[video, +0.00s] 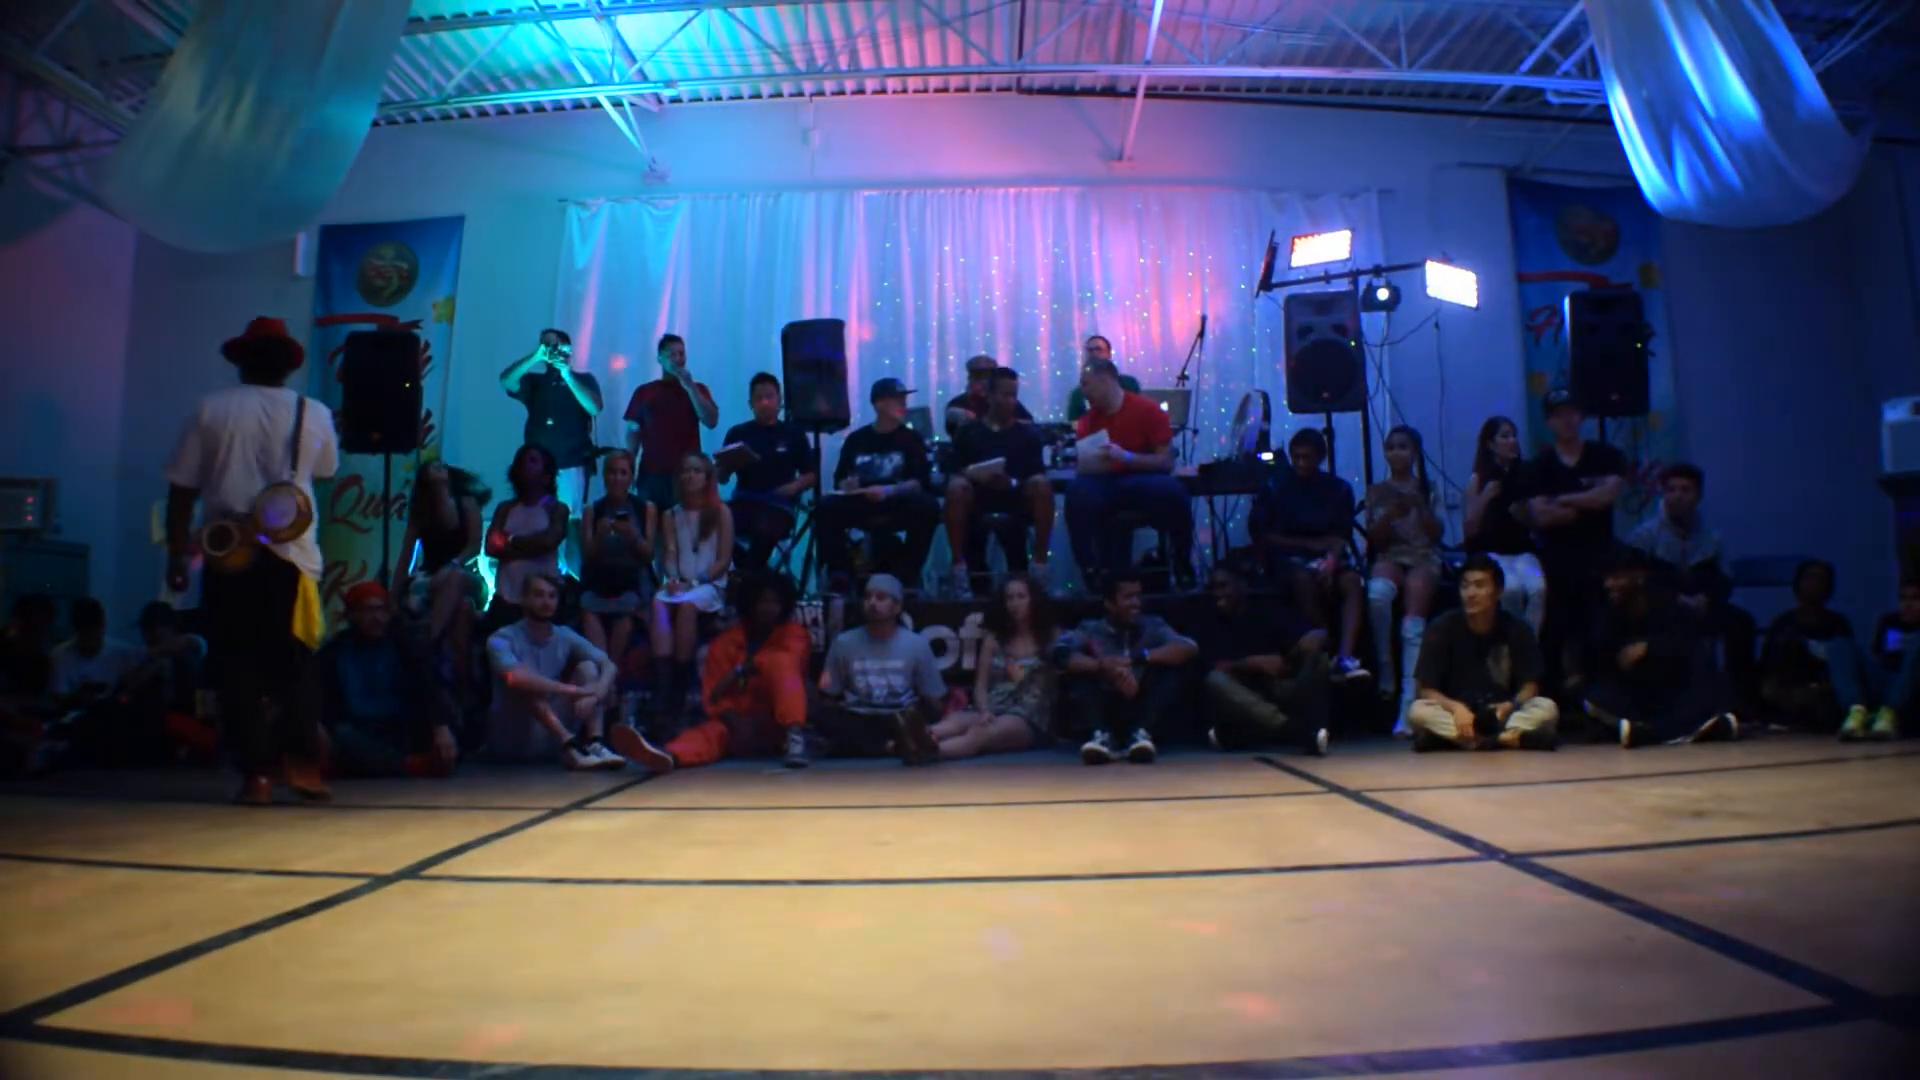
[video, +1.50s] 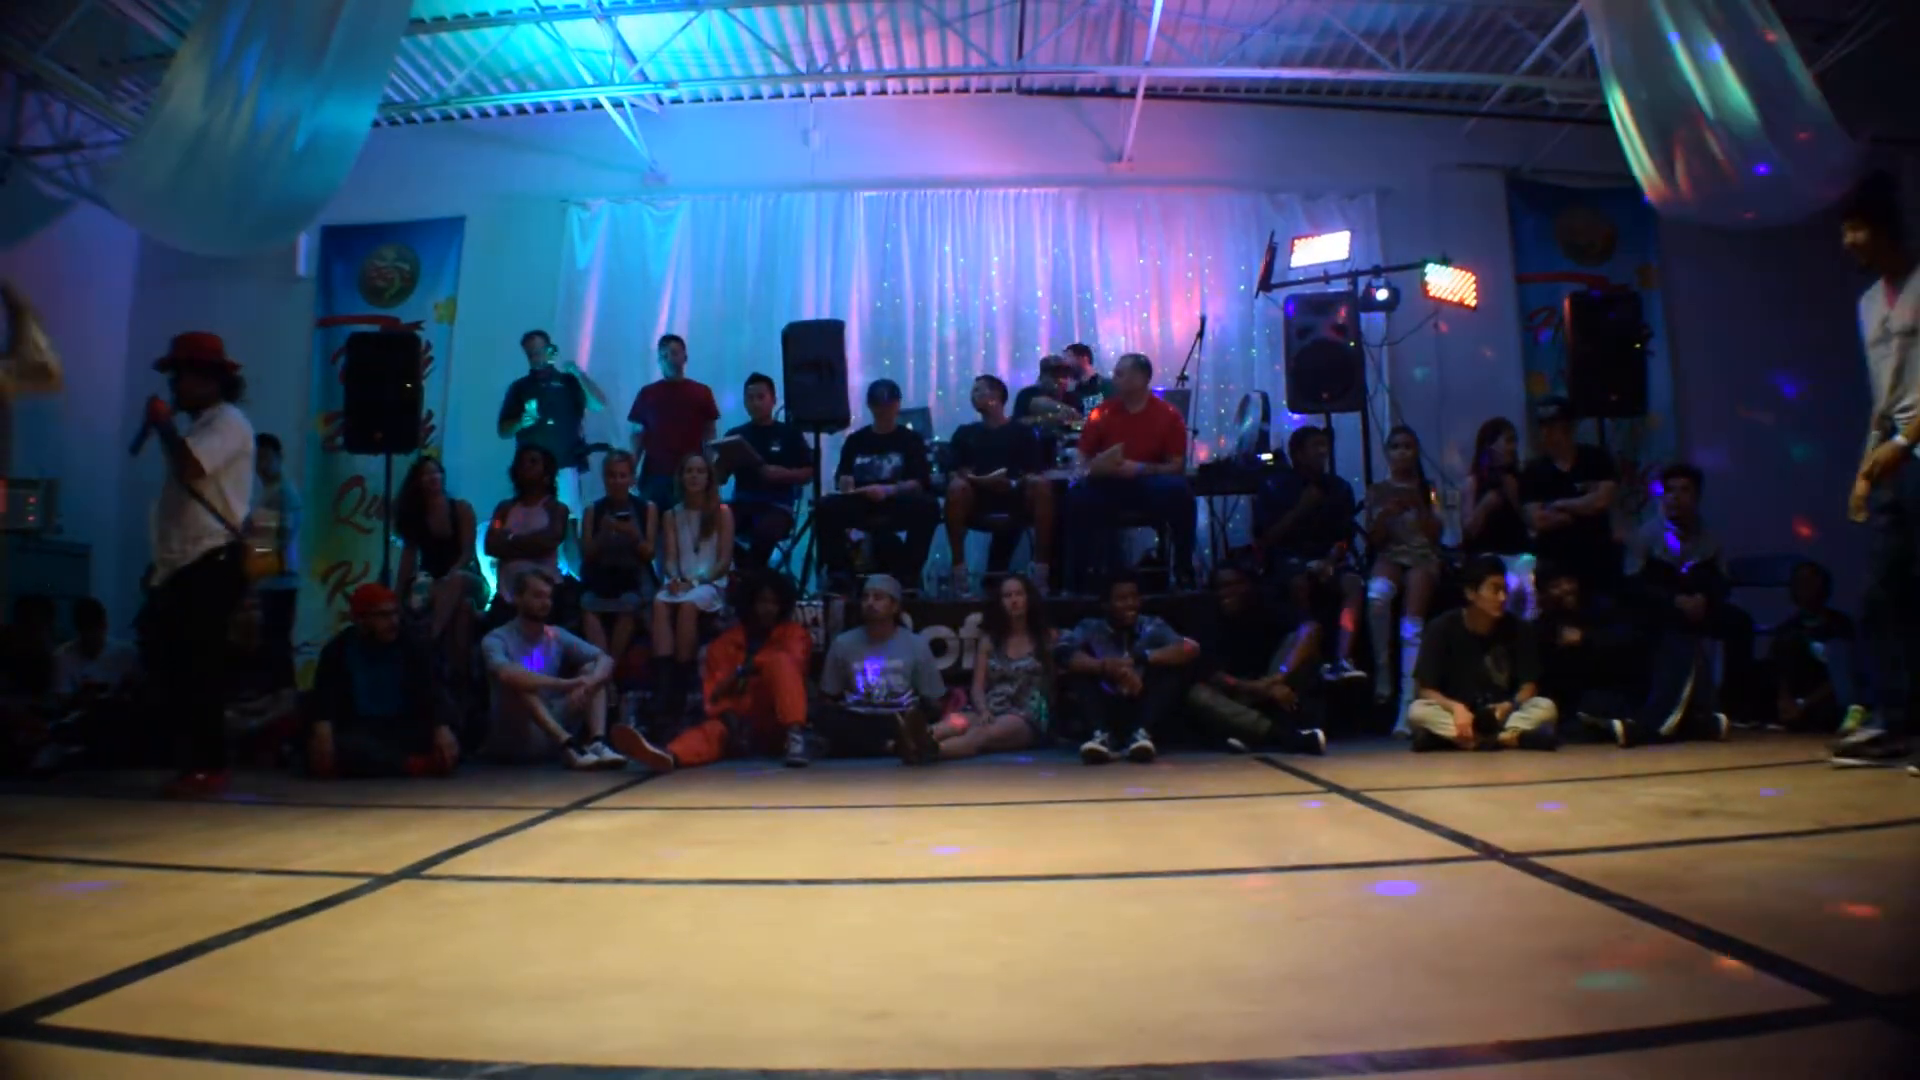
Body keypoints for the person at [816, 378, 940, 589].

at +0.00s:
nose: (902, 405)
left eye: (903, 400)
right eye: (895, 400)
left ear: (905, 403)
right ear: (878, 404)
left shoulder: (912, 439)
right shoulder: (856, 440)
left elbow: (920, 481)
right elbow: (840, 481)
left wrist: (887, 491)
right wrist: (848, 485)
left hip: (898, 501)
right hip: (861, 501)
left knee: (927, 508)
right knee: (826, 507)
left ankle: (908, 578)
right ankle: (839, 576)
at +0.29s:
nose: (902, 405)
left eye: (903, 400)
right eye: (896, 400)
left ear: (905, 402)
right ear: (878, 404)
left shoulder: (912, 439)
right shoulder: (856, 440)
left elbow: (921, 482)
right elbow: (840, 479)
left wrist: (887, 491)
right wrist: (848, 485)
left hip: (898, 501)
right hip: (861, 501)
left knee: (927, 508)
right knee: (826, 507)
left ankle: (908, 578)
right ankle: (839, 576)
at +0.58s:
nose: (902, 405)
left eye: (903, 400)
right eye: (896, 400)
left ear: (905, 402)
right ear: (878, 404)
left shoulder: (912, 439)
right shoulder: (856, 439)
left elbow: (921, 482)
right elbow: (840, 480)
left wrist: (887, 491)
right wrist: (848, 485)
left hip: (898, 502)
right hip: (861, 502)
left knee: (927, 508)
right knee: (826, 507)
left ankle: (908, 579)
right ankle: (840, 577)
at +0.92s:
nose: (900, 405)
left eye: (901, 399)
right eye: (894, 400)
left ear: (903, 401)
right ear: (876, 404)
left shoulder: (911, 439)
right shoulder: (855, 440)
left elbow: (921, 481)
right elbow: (840, 481)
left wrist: (888, 490)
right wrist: (850, 485)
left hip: (899, 502)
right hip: (861, 502)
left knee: (927, 508)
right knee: (826, 507)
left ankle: (908, 579)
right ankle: (840, 577)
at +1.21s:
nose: (891, 408)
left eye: (894, 402)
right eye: (885, 402)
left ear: (899, 404)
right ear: (873, 405)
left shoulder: (912, 440)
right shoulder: (856, 441)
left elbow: (921, 481)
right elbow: (841, 481)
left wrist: (888, 491)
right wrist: (853, 486)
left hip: (899, 502)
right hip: (862, 502)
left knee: (927, 507)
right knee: (827, 508)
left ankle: (908, 578)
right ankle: (840, 576)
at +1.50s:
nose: (885, 410)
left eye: (889, 404)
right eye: (879, 404)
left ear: (898, 406)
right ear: (871, 407)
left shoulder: (911, 440)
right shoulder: (855, 441)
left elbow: (921, 481)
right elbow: (844, 478)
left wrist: (888, 490)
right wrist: (853, 490)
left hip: (899, 501)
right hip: (862, 502)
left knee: (927, 508)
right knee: (827, 507)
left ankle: (908, 578)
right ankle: (839, 576)